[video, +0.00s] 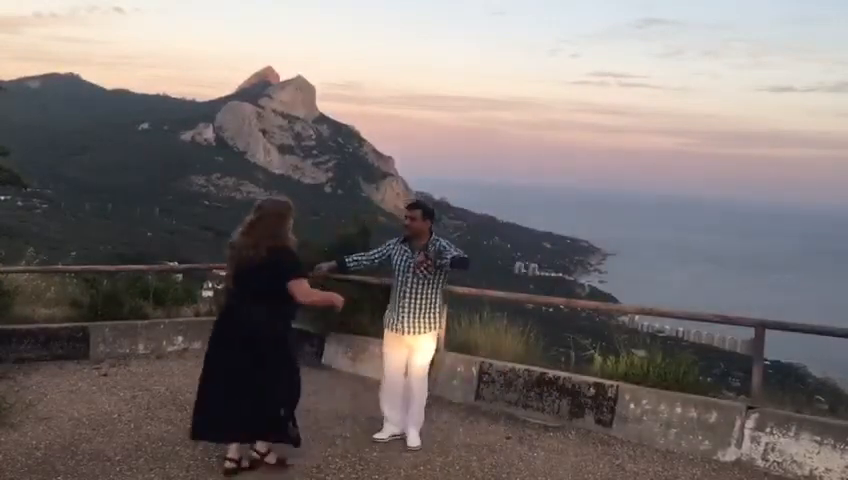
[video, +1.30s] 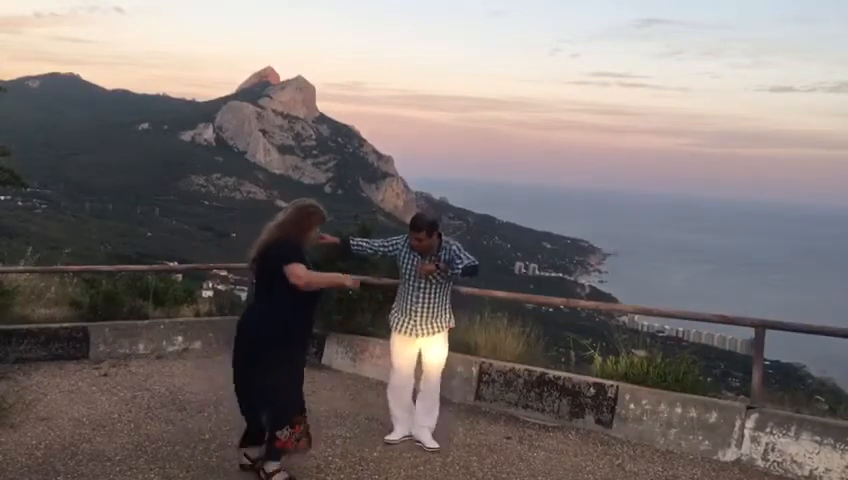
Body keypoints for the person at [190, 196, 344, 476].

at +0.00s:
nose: (292, 228)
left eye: (291, 222)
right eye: (290, 223)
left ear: (256, 220)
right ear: (282, 224)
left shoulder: (242, 251)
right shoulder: (282, 255)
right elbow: (302, 294)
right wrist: (331, 298)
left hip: (234, 333)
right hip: (267, 336)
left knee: (240, 390)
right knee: (273, 389)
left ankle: (233, 453)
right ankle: (262, 448)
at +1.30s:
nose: (317, 234)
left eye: (319, 229)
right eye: (317, 228)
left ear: (290, 219)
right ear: (305, 224)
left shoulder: (273, 245)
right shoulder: (287, 246)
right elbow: (299, 278)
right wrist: (342, 279)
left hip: (258, 334)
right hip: (278, 338)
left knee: (260, 392)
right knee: (285, 399)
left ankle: (250, 451)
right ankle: (272, 464)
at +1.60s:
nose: (326, 241)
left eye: (327, 235)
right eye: (324, 234)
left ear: (297, 227)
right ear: (310, 231)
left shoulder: (279, 252)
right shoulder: (293, 256)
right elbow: (307, 294)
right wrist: (341, 298)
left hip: (273, 341)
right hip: (285, 346)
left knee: (296, 401)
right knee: (294, 403)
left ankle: (283, 461)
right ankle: (275, 466)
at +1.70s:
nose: (329, 240)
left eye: (330, 235)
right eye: (327, 234)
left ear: (301, 226)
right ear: (314, 231)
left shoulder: (283, 252)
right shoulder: (301, 258)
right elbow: (309, 302)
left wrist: (325, 247)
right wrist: (349, 316)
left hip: (269, 343)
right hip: (289, 348)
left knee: (277, 404)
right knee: (305, 401)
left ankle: (274, 464)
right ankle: (285, 463)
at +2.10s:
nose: (341, 241)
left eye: (343, 236)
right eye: (339, 235)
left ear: (321, 230)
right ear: (325, 230)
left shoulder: (298, 254)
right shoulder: (309, 260)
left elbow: (300, 293)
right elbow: (306, 308)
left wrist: (332, 284)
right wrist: (330, 342)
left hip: (284, 340)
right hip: (301, 344)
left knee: (286, 400)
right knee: (313, 408)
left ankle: (277, 457)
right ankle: (286, 464)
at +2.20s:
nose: (344, 239)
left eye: (347, 234)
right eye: (343, 233)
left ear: (323, 228)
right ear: (328, 228)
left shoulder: (306, 254)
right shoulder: (309, 256)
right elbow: (305, 298)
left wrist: (339, 297)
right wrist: (338, 319)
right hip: (301, 343)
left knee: (279, 400)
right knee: (311, 401)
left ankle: (284, 463)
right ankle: (295, 462)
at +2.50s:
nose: (346, 242)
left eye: (348, 237)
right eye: (343, 235)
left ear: (330, 234)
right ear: (326, 230)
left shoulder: (329, 266)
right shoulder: (298, 253)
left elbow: (335, 309)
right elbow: (294, 284)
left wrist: (358, 335)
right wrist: (332, 274)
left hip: (316, 352)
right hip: (283, 350)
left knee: (322, 412)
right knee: (290, 412)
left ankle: (295, 460)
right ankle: (285, 468)